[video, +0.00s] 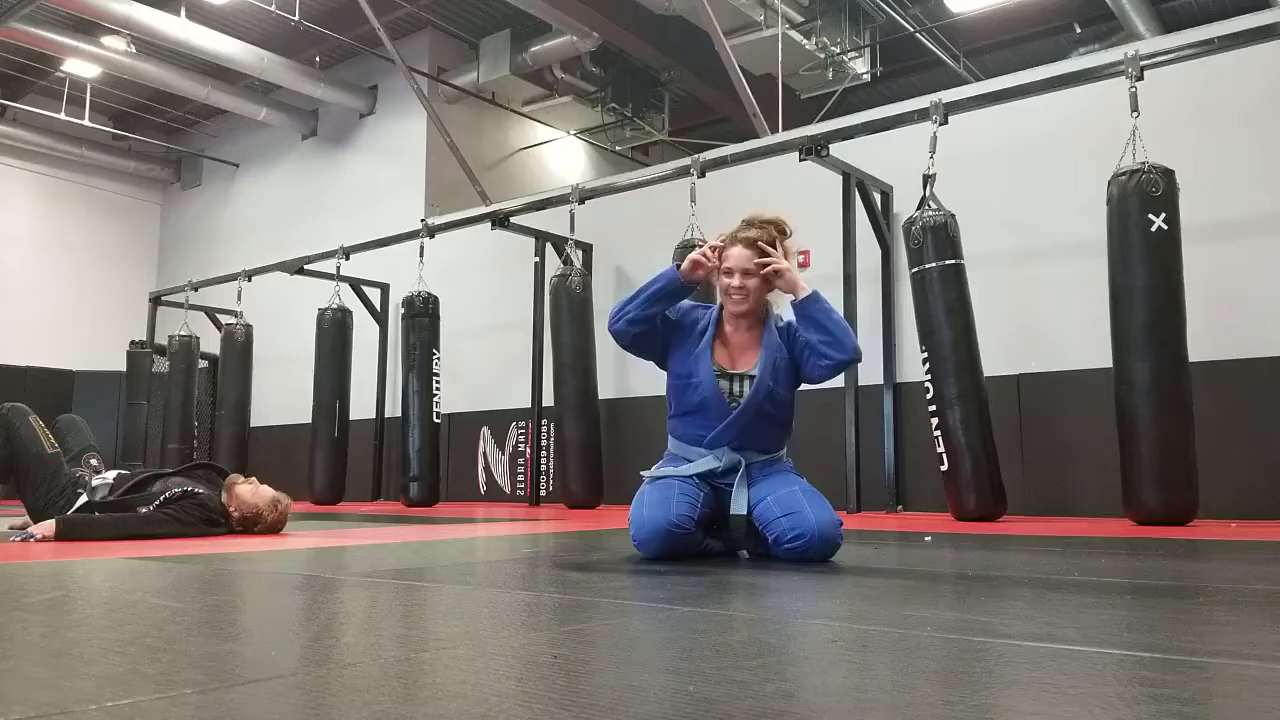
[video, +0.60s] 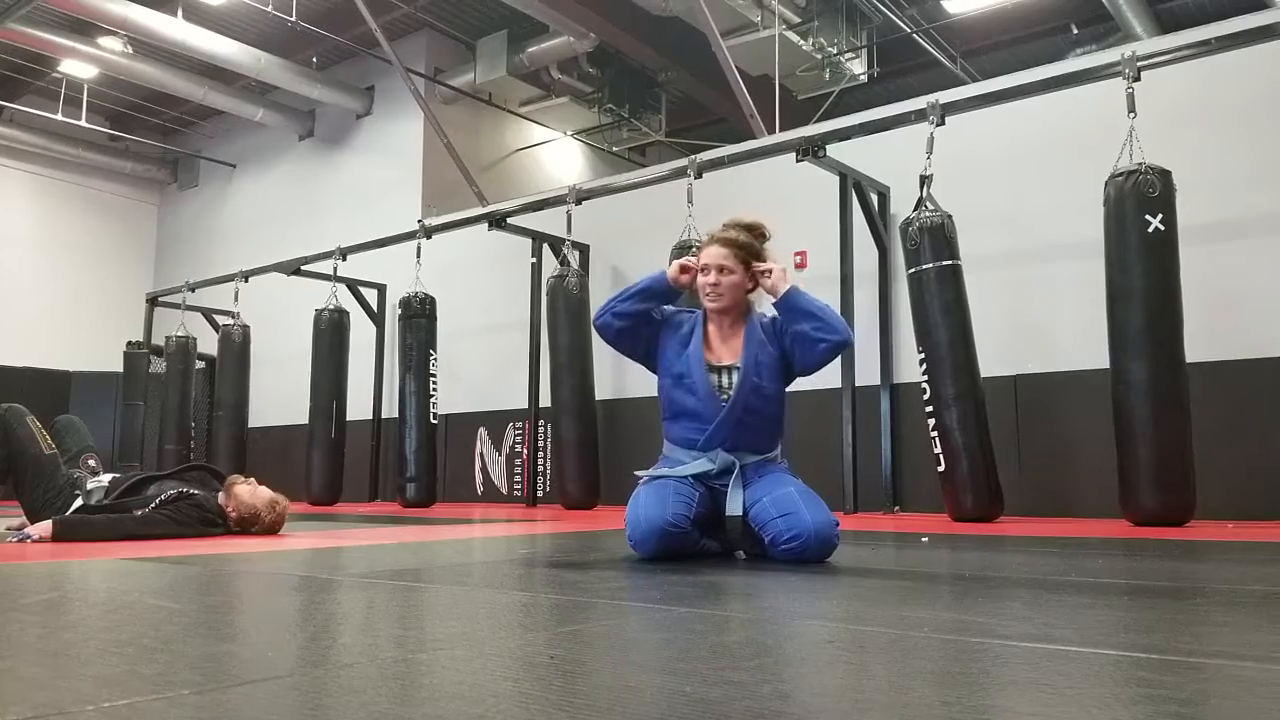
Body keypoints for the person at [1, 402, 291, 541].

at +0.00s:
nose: (250, 476)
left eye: (253, 487)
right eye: (259, 482)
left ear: (239, 511)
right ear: (241, 505)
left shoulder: (202, 512)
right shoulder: (218, 489)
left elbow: (133, 524)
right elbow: (154, 484)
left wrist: (61, 527)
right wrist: (115, 479)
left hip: (69, 501)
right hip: (102, 483)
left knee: (13, 414)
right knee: (68, 420)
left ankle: (8, 484)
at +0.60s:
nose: (249, 476)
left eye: (251, 487)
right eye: (257, 483)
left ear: (234, 510)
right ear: (238, 505)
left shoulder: (199, 513)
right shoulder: (218, 490)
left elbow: (129, 524)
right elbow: (156, 483)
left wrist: (56, 527)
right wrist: (115, 480)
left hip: (67, 501)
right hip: (100, 485)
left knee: (11, 414)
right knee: (66, 421)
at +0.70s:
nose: (248, 476)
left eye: (250, 487)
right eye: (256, 483)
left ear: (235, 511)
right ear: (237, 505)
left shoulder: (200, 513)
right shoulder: (217, 490)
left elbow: (129, 524)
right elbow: (151, 484)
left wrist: (56, 527)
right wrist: (110, 482)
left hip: (67, 501)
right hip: (100, 486)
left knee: (12, 414)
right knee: (66, 421)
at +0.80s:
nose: (247, 476)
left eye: (249, 487)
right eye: (255, 482)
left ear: (233, 509)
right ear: (236, 504)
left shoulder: (199, 513)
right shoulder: (216, 488)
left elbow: (129, 524)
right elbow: (155, 482)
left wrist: (56, 527)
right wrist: (113, 479)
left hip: (68, 501)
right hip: (100, 485)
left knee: (11, 414)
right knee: (66, 421)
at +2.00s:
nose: (247, 477)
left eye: (250, 487)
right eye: (255, 483)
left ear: (233, 508)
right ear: (235, 504)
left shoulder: (199, 513)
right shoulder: (214, 490)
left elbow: (130, 524)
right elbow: (151, 485)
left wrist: (57, 527)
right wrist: (110, 480)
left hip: (69, 500)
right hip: (98, 485)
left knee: (12, 415)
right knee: (66, 421)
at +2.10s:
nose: (247, 477)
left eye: (250, 487)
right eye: (255, 483)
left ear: (235, 509)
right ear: (236, 504)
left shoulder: (200, 513)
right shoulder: (213, 490)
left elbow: (131, 524)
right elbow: (151, 484)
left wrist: (57, 527)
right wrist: (109, 479)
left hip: (68, 500)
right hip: (97, 484)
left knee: (15, 415)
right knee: (67, 422)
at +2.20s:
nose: (248, 477)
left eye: (251, 488)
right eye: (256, 483)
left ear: (234, 510)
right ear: (234, 505)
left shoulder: (200, 513)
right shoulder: (212, 488)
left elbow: (130, 525)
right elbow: (152, 486)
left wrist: (50, 526)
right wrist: (110, 482)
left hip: (69, 503)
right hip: (98, 485)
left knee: (16, 415)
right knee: (67, 423)